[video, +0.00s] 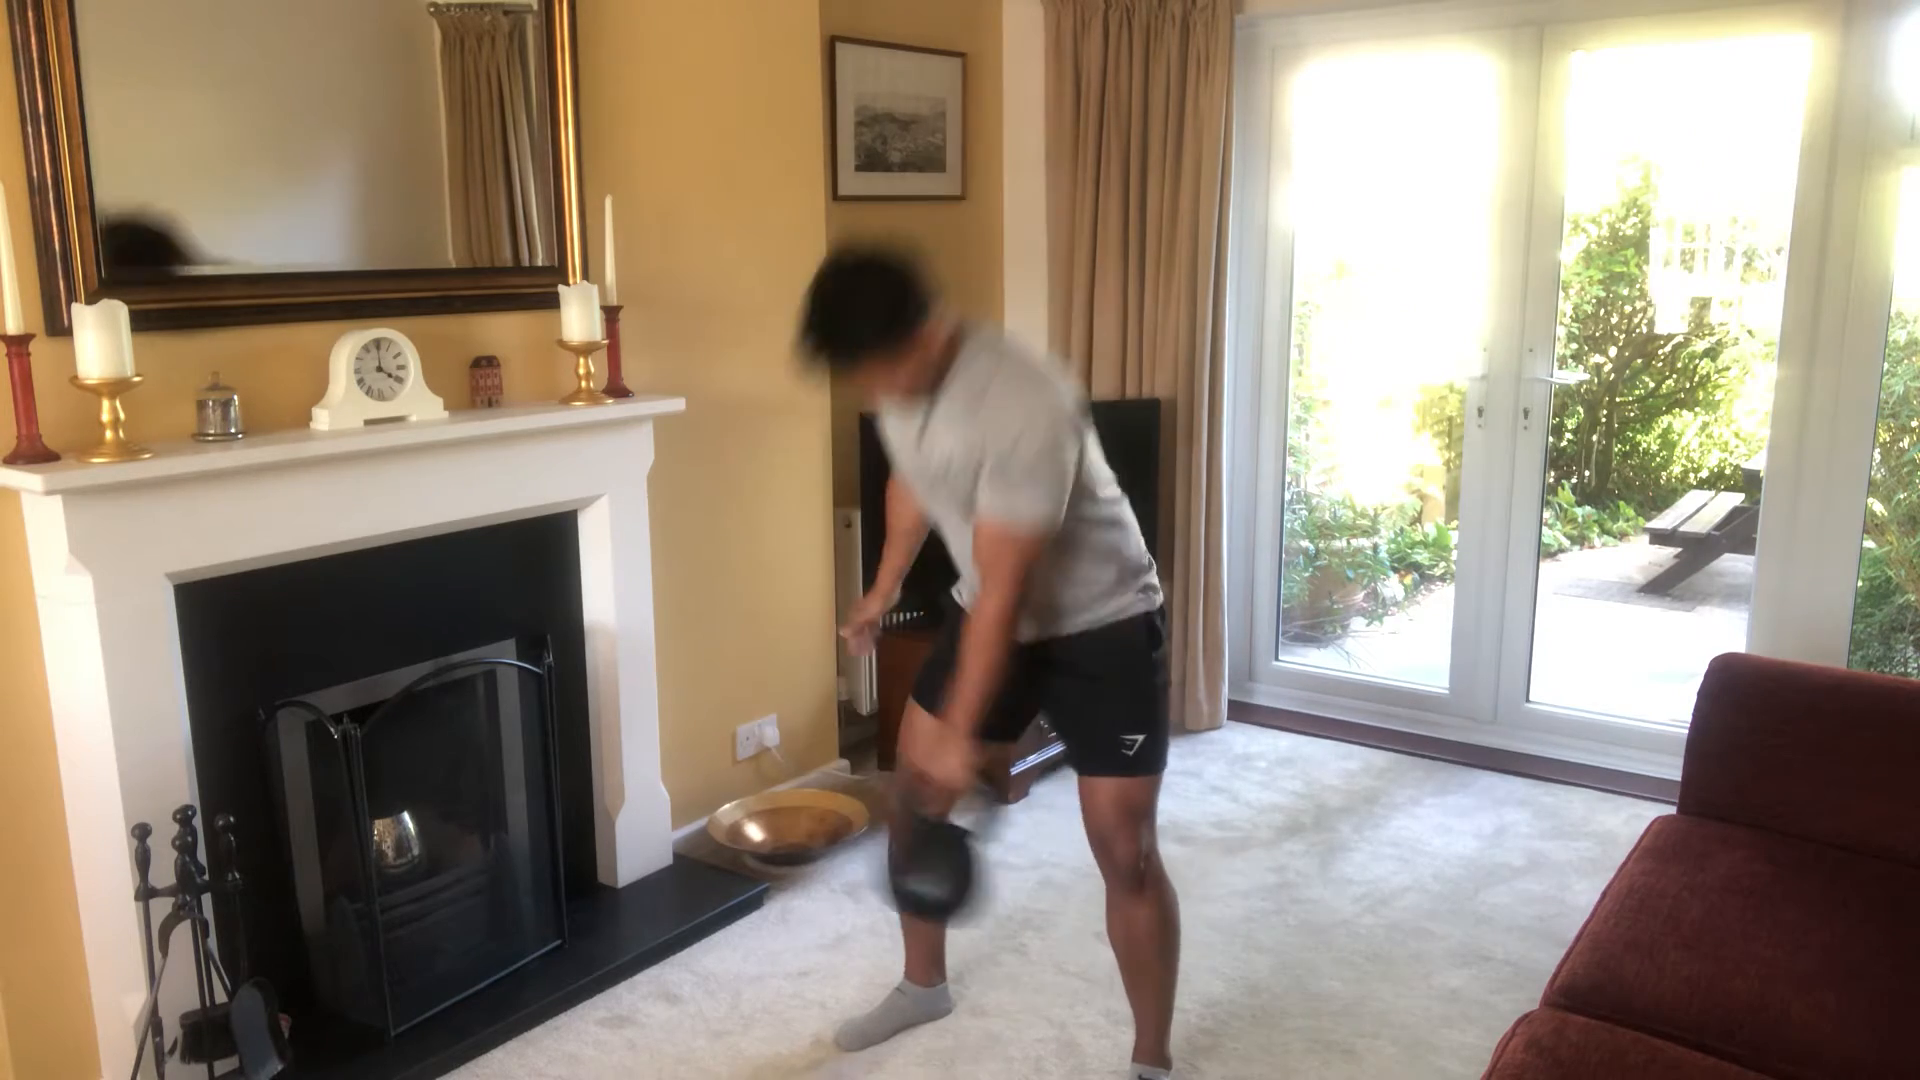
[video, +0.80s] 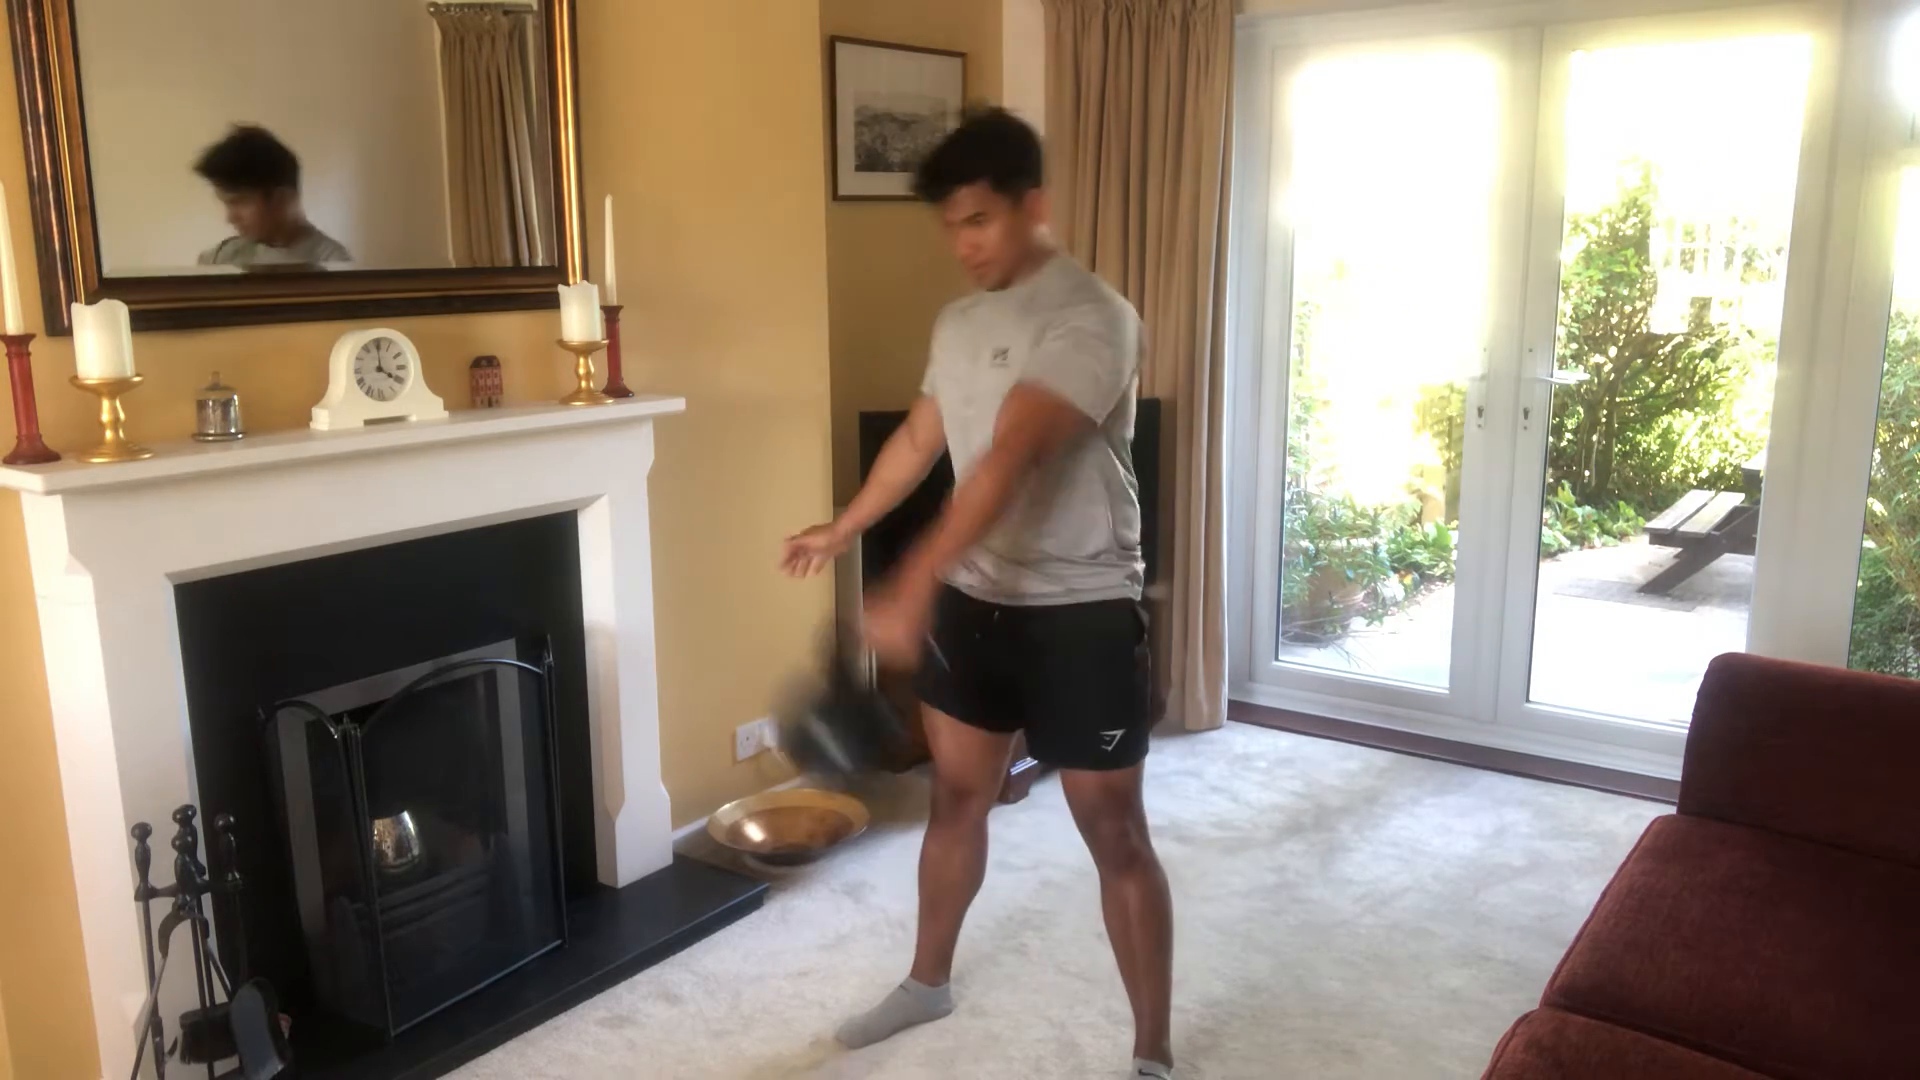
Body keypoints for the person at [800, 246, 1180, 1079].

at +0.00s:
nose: (867, 389)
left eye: (870, 371)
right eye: (855, 376)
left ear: (915, 333)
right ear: (863, 354)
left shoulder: (1025, 400)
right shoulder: (896, 383)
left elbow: (1001, 590)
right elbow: (913, 483)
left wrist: (958, 729)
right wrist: (883, 592)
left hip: (1101, 620)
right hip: (994, 611)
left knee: (1125, 852)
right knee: (917, 779)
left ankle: (1153, 1060)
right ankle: (924, 983)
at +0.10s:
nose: (831, 505)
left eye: (830, 489)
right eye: (820, 495)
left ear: (866, 457)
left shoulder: (986, 494)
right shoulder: (882, 437)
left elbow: (1012, 650)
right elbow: (921, 515)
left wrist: (1016, 785)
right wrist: (905, 588)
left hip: (1107, 632)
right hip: (994, 623)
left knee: (1130, 856)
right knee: (902, 799)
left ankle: (1154, 1062)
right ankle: (923, 985)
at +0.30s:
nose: (817, 701)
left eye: (812, 689)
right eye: (801, 698)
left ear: (838, 642)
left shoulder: (970, 658)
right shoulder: (846, 536)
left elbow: (1050, 730)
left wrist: (1006, 776)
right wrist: (994, 752)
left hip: (1111, 650)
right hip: (998, 656)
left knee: (1124, 874)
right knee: (890, 808)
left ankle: (1153, 1062)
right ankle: (922, 986)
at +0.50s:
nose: (821, 563)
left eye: (815, 544)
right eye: (807, 551)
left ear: (845, 509)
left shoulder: (976, 555)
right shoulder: (878, 458)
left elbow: (1041, 683)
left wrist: (1074, 752)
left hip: (1116, 628)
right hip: (1012, 620)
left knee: (1133, 857)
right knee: (908, 795)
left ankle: (1156, 1061)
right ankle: (923, 984)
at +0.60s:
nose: (845, 381)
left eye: (849, 359)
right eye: (835, 363)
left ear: (898, 327)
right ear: (866, 341)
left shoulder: (1014, 412)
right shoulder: (893, 383)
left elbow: (1023, 598)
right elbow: (892, 461)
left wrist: (1023, 723)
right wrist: (883, 536)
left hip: (1106, 616)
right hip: (999, 607)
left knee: (1131, 843)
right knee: (930, 790)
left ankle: (1157, 1055)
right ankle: (925, 982)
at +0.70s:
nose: (913, 272)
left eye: (928, 249)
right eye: (904, 253)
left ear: (985, 227)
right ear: (905, 243)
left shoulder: (1055, 334)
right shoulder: (932, 321)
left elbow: (1007, 516)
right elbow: (912, 430)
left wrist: (964, 669)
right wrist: (856, 526)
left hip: (1092, 601)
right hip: (987, 591)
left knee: (1114, 830)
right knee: (951, 782)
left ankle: (1153, 1056)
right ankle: (928, 982)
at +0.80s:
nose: (964, 244)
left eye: (978, 221)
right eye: (951, 226)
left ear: (1035, 207)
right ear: (944, 224)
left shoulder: (1096, 318)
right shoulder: (960, 320)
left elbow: (1013, 455)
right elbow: (919, 433)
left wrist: (914, 585)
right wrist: (847, 523)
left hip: (1083, 609)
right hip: (972, 598)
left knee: (1115, 833)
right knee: (956, 800)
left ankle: (1153, 1051)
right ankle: (928, 982)